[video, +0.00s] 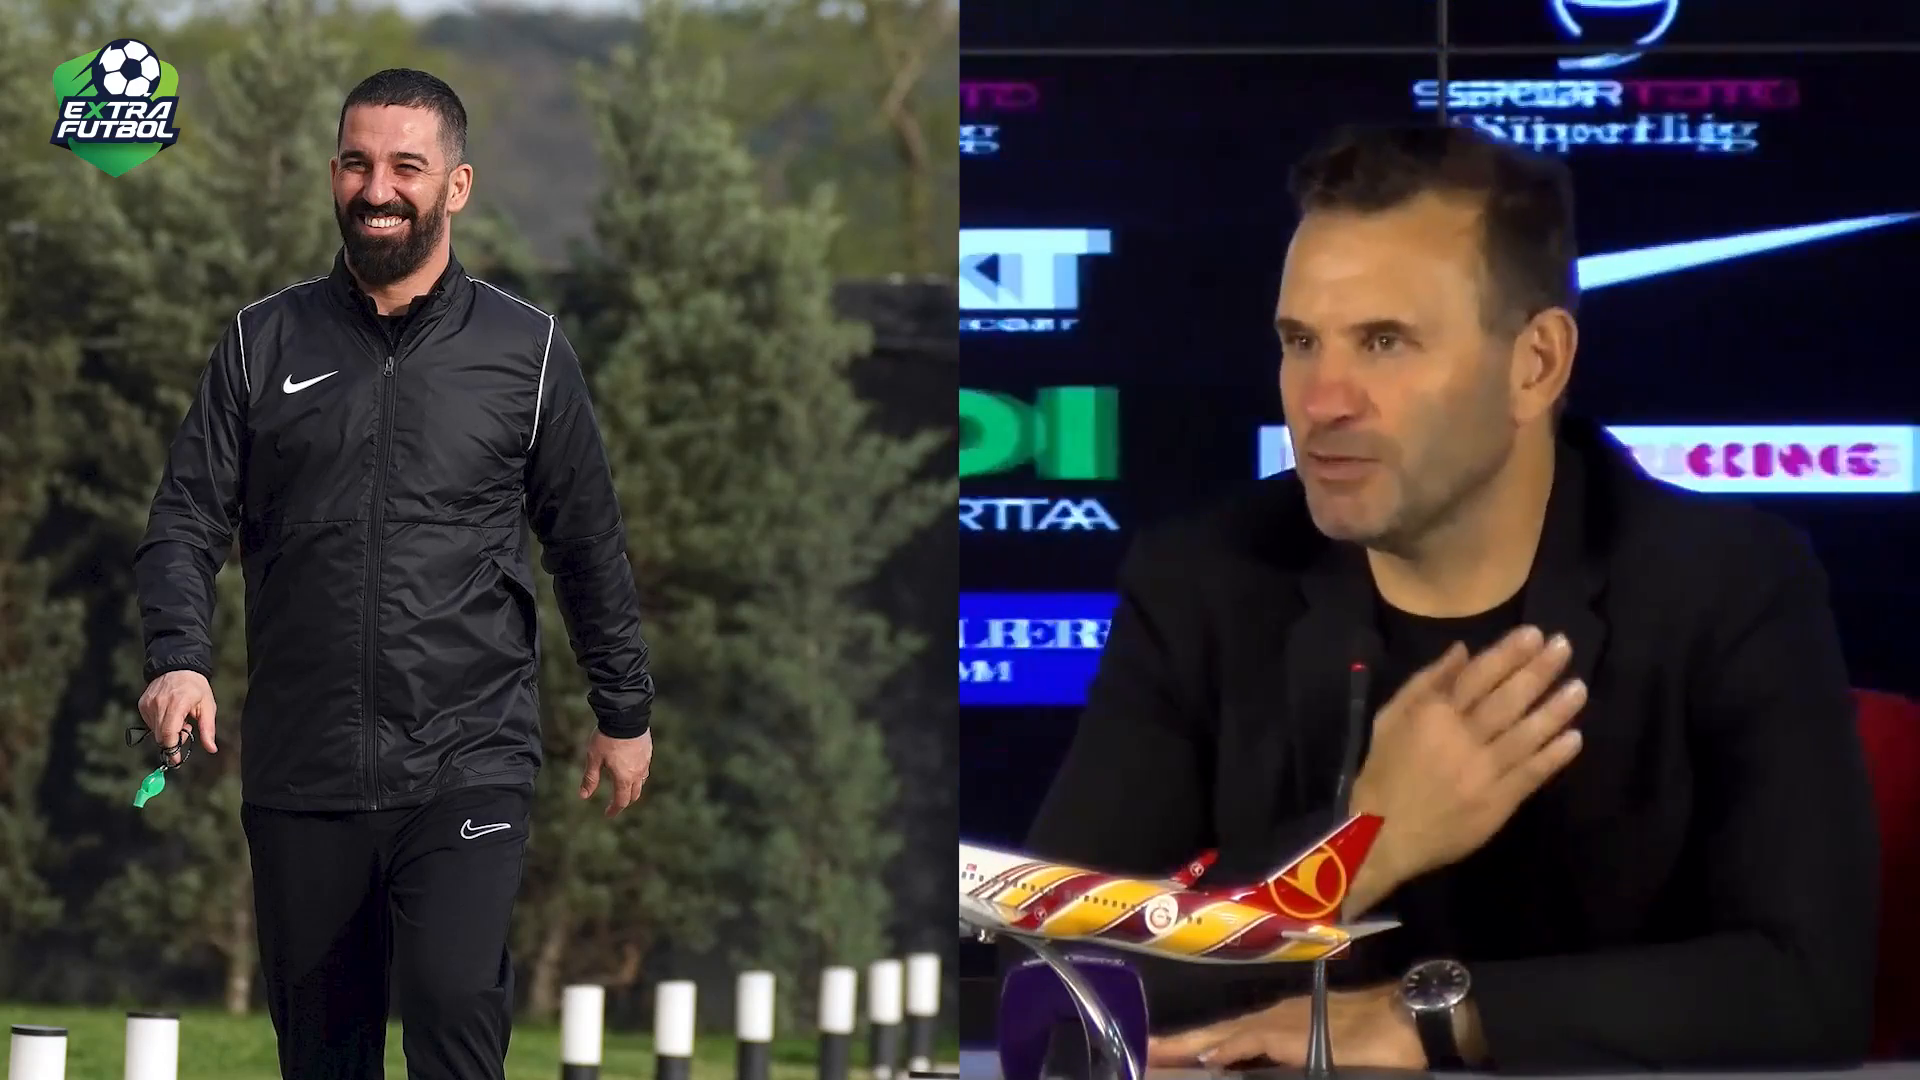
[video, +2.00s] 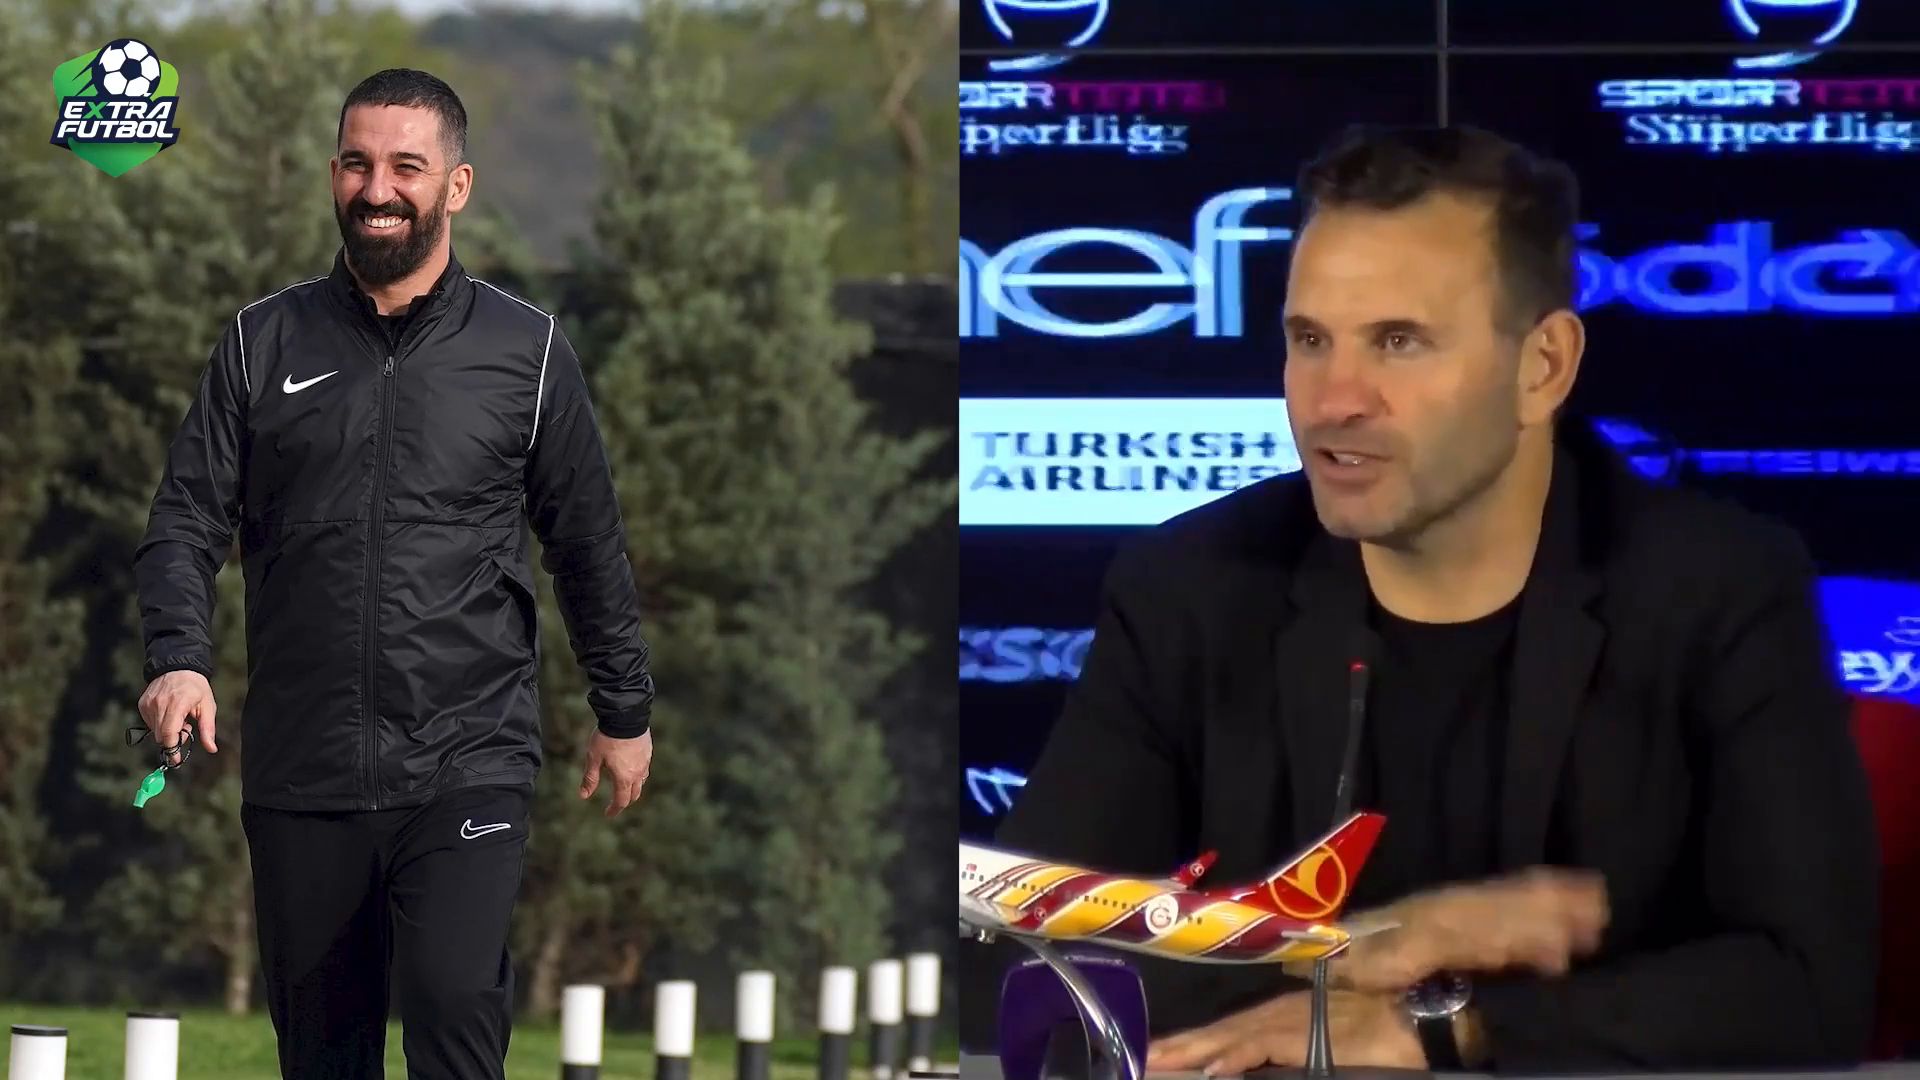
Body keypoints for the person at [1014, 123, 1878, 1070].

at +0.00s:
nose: (1321, 399)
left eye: (1384, 343)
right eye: (1301, 342)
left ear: (1537, 363)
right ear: (1277, 348)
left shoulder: (1733, 590)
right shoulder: (1200, 585)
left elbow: (1810, 992)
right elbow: (1048, 973)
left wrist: (1434, 1017)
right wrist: (1361, 844)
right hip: (1257, 1079)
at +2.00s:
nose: (1329, 398)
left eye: (1397, 344)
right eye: (1308, 339)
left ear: (1543, 368)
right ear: (1282, 342)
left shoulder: (1718, 593)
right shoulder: (1181, 592)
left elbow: (1808, 990)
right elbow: (1031, 983)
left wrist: (1438, 1030)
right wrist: (1363, 947)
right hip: (1247, 1077)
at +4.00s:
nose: (1327, 396)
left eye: (1391, 337)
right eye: (1302, 341)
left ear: (1537, 361)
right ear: (1276, 350)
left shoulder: (1724, 596)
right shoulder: (1191, 592)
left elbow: (1808, 991)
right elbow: (1018, 956)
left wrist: (1441, 1036)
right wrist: (1333, 957)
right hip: (1252, 1076)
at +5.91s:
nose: (1321, 400)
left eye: (1387, 344)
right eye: (1303, 343)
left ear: (1541, 366)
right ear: (1282, 345)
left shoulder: (1736, 599)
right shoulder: (1198, 587)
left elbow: (1807, 993)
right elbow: (1026, 956)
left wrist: (1436, 1022)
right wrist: (1306, 952)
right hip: (1249, 1076)